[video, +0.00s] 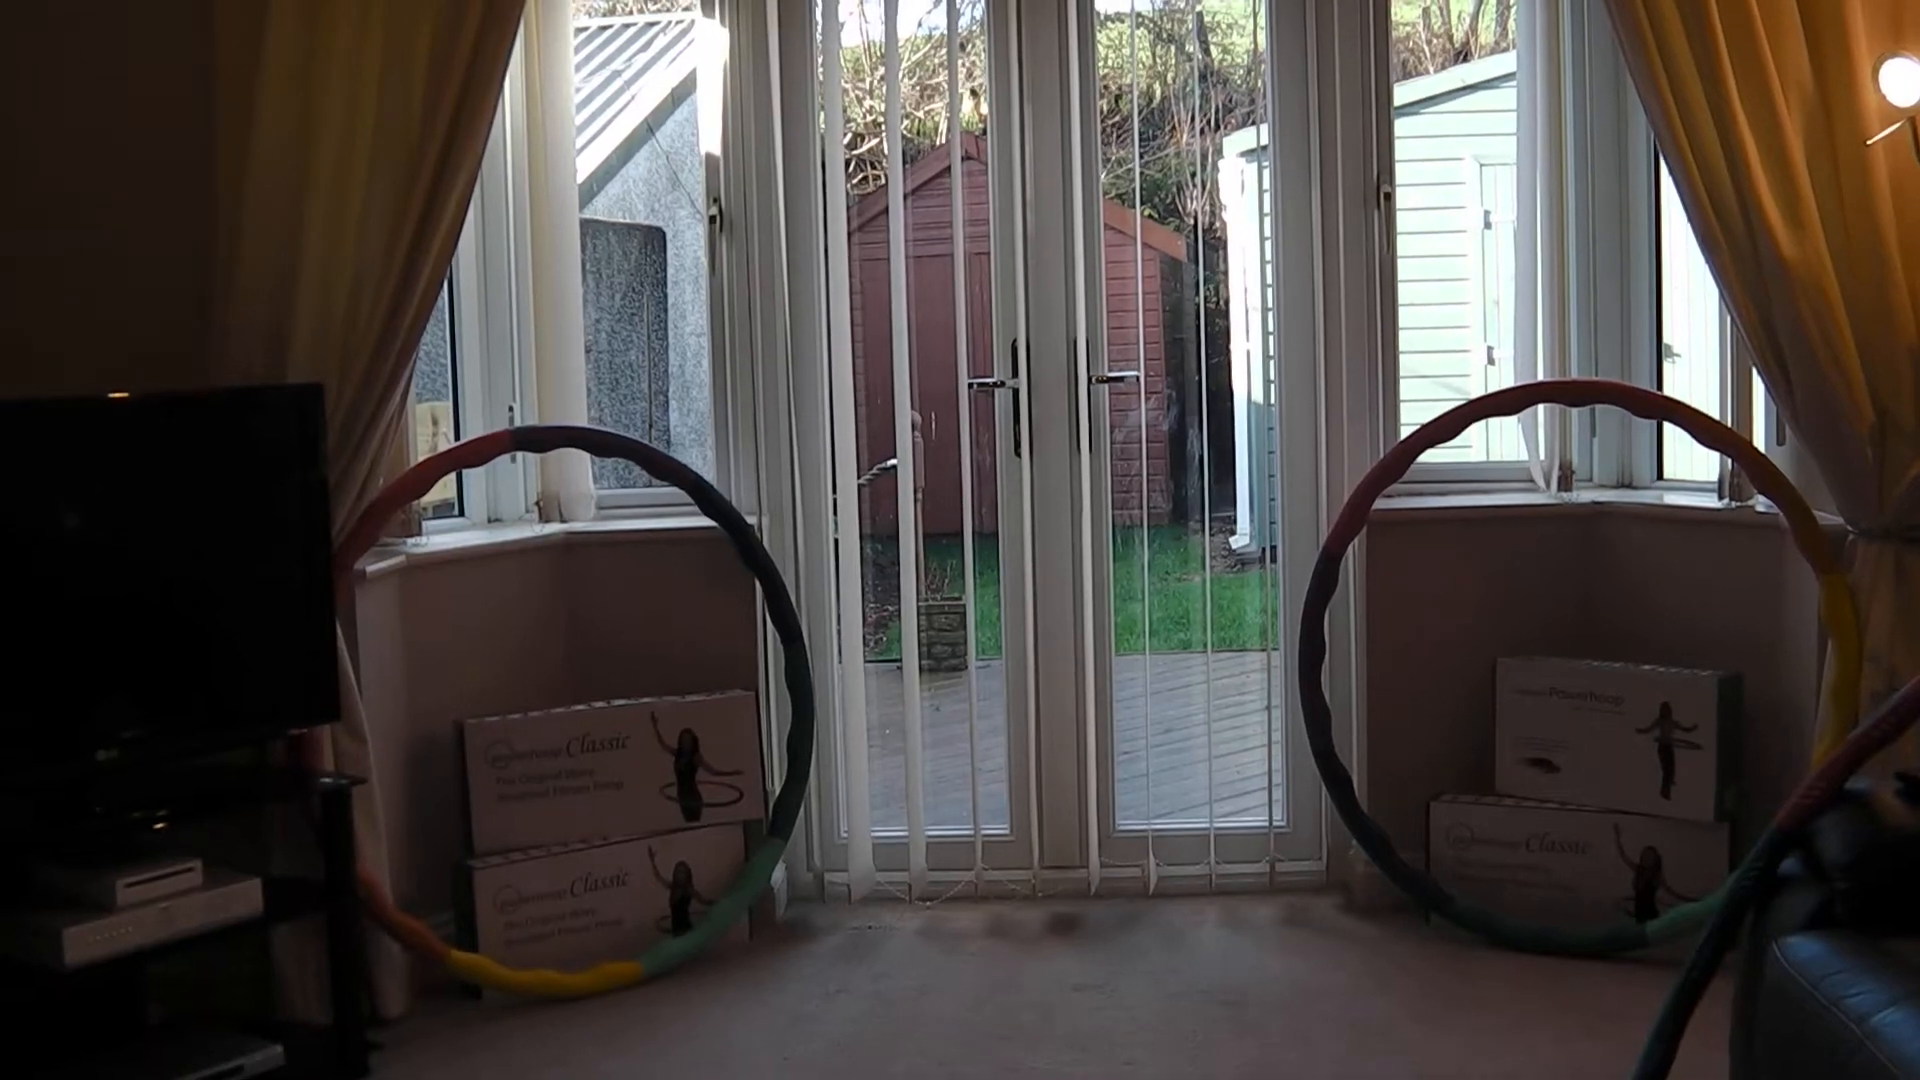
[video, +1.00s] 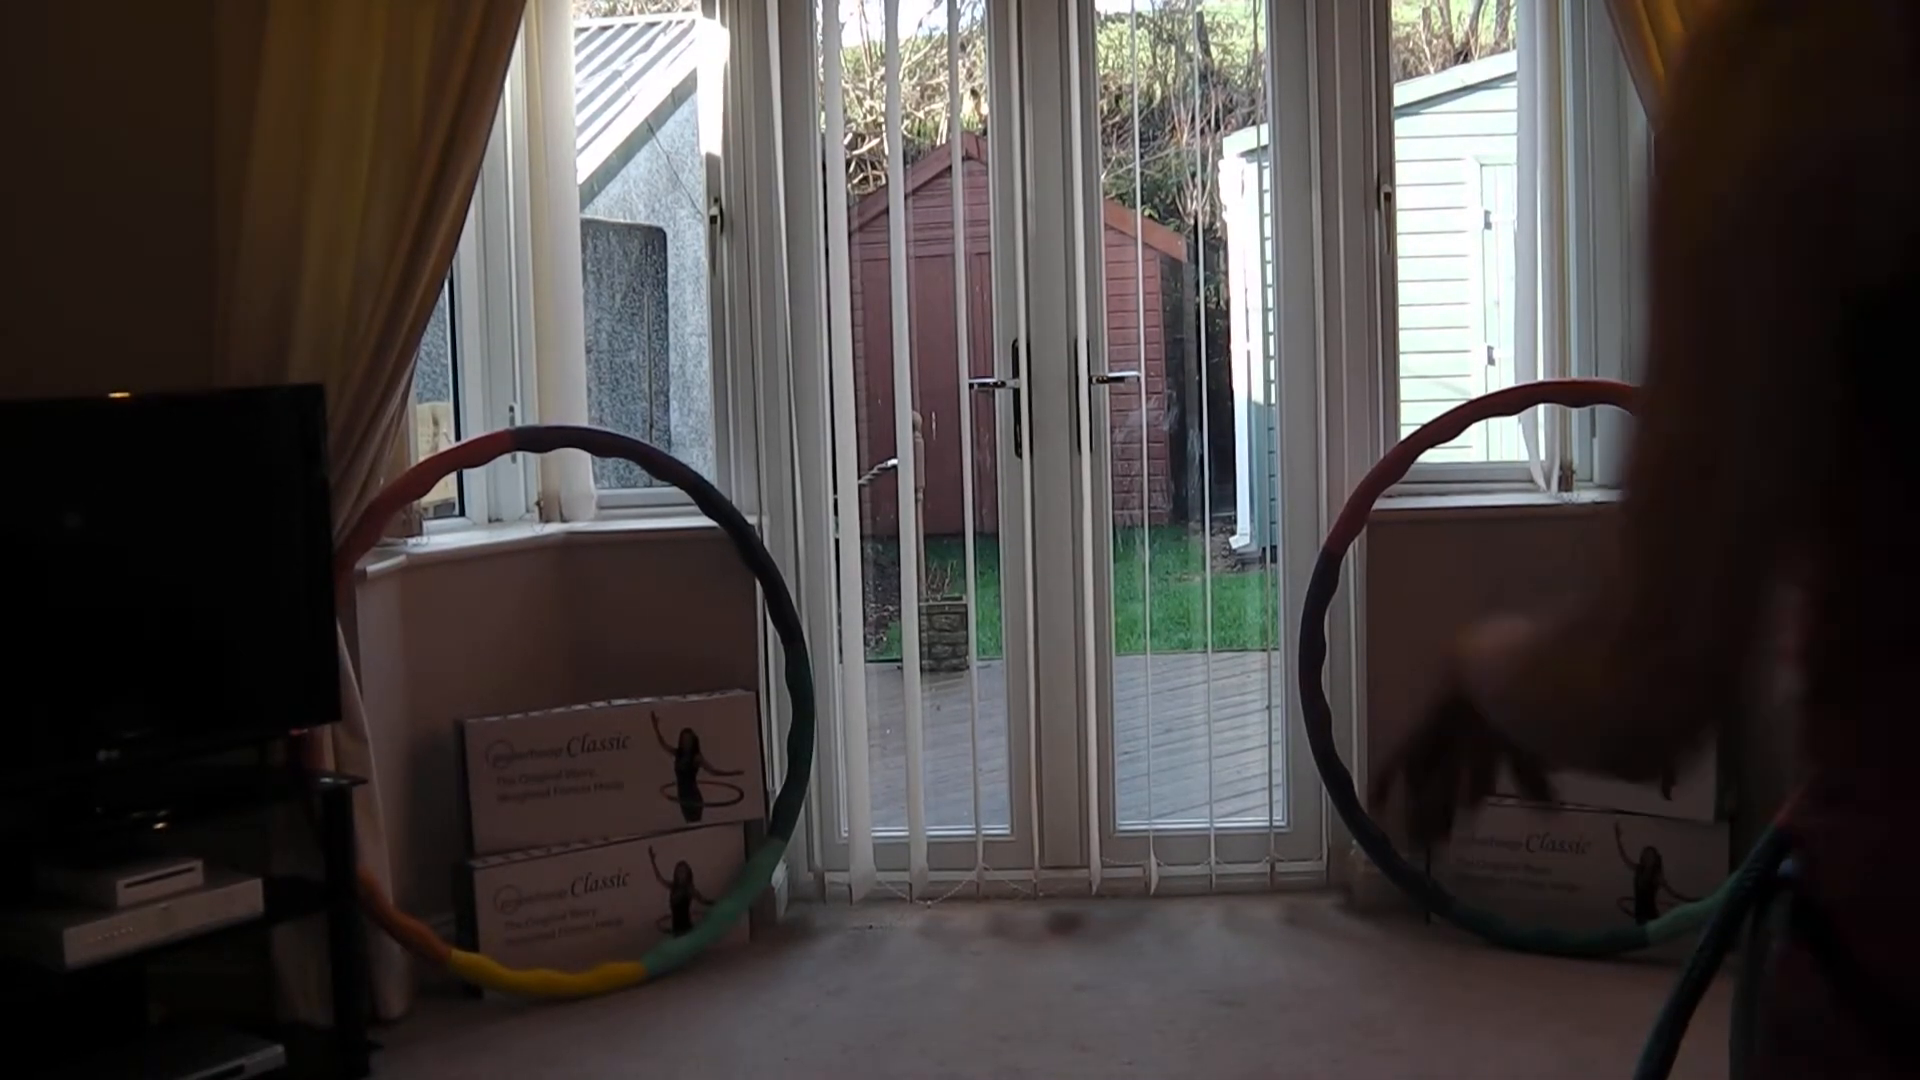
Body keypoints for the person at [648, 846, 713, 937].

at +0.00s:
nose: (680, 875)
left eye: (683, 872)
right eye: (678, 872)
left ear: (688, 874)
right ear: (674, 874)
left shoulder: (689, 890)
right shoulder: (672, 887)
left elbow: (702, 901)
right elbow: (658, 877)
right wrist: (652, 860)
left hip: (686, 924)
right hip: (675, 924)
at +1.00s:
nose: (681, 874)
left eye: (683, 871)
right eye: (679, 871)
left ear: (688, 873)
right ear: (675, 873)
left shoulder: (690, 889)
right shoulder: (673, 886)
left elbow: (702, 901)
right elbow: (659, 878)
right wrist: (653, 861)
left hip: (687, 925)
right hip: (675, 925)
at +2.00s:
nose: (681, 874)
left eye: (684, 871)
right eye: (679, 871)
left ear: (688, 873)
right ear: (675, 873)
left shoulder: (689, 889)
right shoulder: (673, 886)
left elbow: (702, 901)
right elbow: (658, 878)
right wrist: (653, 861)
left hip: (686, 922)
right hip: (675, 923)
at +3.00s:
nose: (681, 876)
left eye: (683, 873)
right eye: (679, 873)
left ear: (688, 874)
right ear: (675, 874)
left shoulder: (690, 889)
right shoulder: (673, 887)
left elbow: (703, 901)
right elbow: (658, 878)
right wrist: (653, 861)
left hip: (686, 923)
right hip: (675, 923)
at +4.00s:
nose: (681, 876)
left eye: (683, 873)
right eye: (678, 873)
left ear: (688, 875)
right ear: (675, 874)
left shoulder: (690, 889)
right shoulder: (673, 887)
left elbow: (702, 901)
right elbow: (658, 878)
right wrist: (652, 861)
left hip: (686, 924)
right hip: (675, 924)